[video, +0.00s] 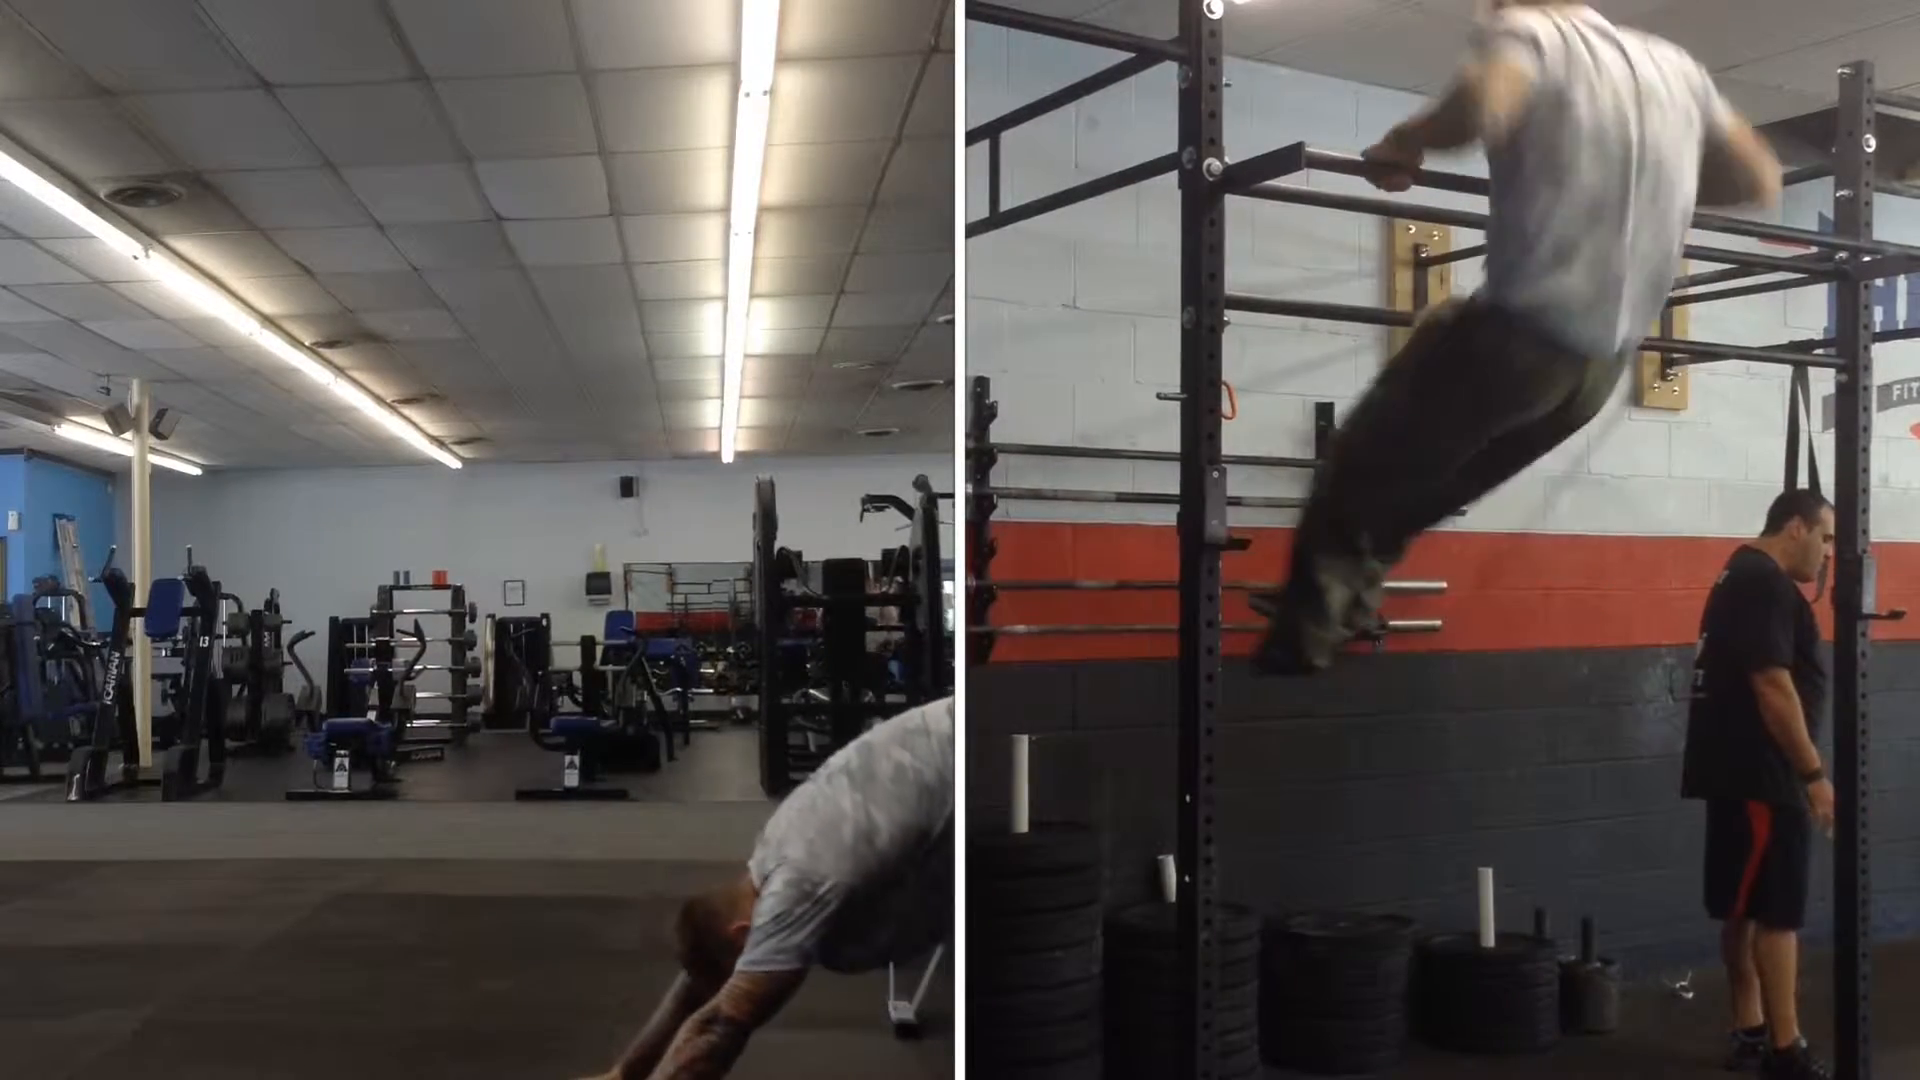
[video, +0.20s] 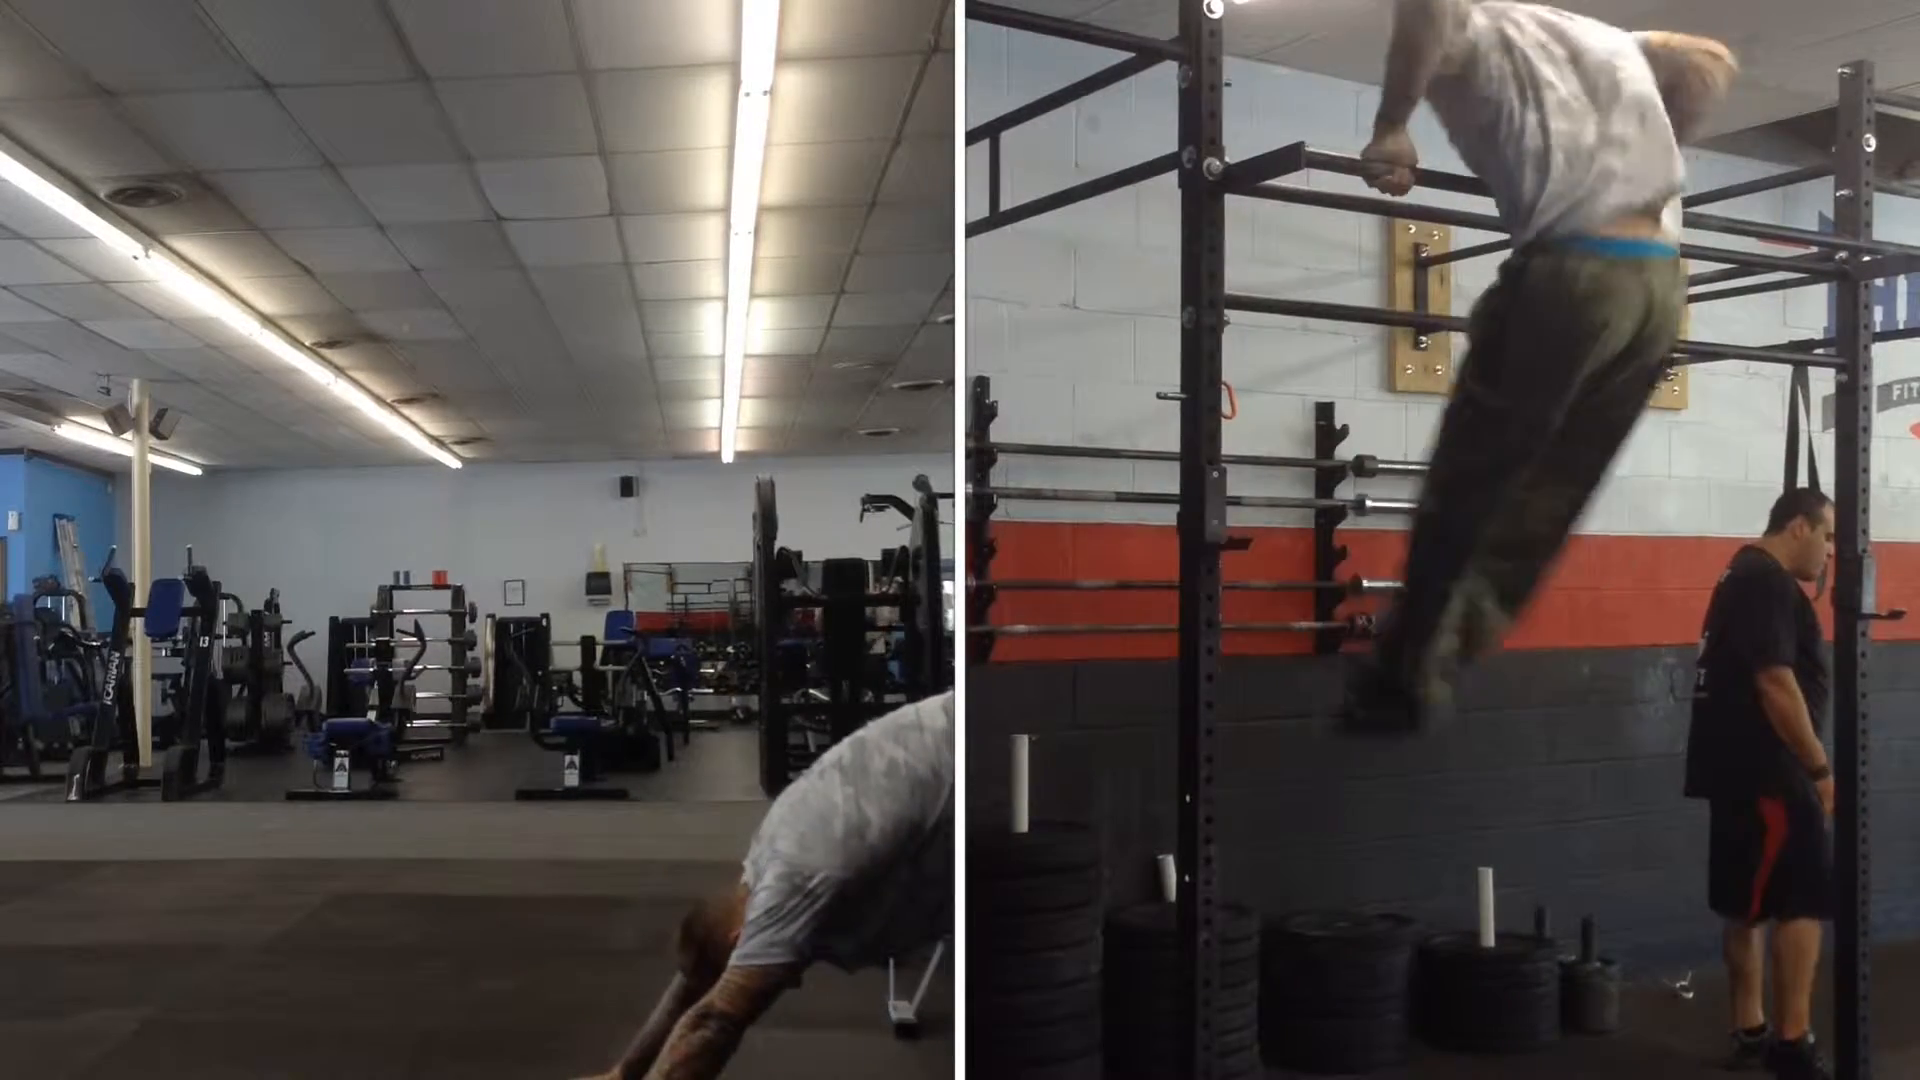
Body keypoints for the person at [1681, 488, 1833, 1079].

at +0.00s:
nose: (1828, 549)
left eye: (1830, 538)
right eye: (1825, 536)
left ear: (1786, 527)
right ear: (1796, 527)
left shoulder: (1742, 579)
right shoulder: (1764, 584)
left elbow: (1751, 686)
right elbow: (1771, 687)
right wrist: (1814, 772)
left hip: (1737, 770)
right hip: (1763, 774)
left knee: (1745, 910)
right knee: (1777, 915)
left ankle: (1749, 1034)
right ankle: (1786, 1049)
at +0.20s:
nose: (1829, 547)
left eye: (1831, 537)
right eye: (1826, 534)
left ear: (1787, 525)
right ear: (1797, 526)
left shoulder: (1742, 579)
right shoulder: (1768, 583)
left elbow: (1749, 684)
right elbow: (1774, 684)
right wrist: (1820, 765)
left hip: (1736, 770)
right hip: (1772, 772)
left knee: (1744, 906)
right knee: (1803, 904)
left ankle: (1750, 1032)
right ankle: (1793, 1040)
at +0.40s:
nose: (1834, 546)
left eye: (1836, 534)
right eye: (1832, 532)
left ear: (1796, 524)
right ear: (1804, 524)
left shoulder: (1750, 578)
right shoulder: (1776, 584)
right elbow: (1781, 689)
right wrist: (1829, 767)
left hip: (1743, 772)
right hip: (1782, 774)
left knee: (1747, 909)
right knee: (1815, 911)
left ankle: (1751, 1032)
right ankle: (1824, 1046)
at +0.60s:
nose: (1844, 550)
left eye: (1846, 538)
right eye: (1841, 536)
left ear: (1807, 526)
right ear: (1815, 525)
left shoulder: (1767, 583)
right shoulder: (1787, 589)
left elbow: (1783, 689)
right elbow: (1795, 693)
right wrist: (1840, 772)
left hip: (1758, 776)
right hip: (1792, 779)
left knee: (1755, 910)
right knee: (1815, 919)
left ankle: (1753, 1031)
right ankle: (1833, 1050)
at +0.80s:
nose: (1856, 548)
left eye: (1859, 536)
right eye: (1854, 534)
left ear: (1817, 520)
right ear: (1826, 523)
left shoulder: (1782, 579)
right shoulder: (1802, 589)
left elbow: (1801, 698)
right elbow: (1816, 702)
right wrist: (1861, 794)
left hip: (1776, 778)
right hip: (1804, 783)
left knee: (1775, 913)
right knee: (1823, 920)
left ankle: (1755, 1031)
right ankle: (1838, 1051)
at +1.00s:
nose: (1866, 535)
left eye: (1866, 522)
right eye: (1862, 522)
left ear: (1814, 514)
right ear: (1835, 517)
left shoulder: (1784, 577)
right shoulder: (1825, 586)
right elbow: (1849, 700)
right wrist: (1895, 787)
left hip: (1791, 771)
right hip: (1827, 778)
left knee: (1807, 910)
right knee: (1834, 919)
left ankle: (1769, 1017)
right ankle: (1840, 1054)